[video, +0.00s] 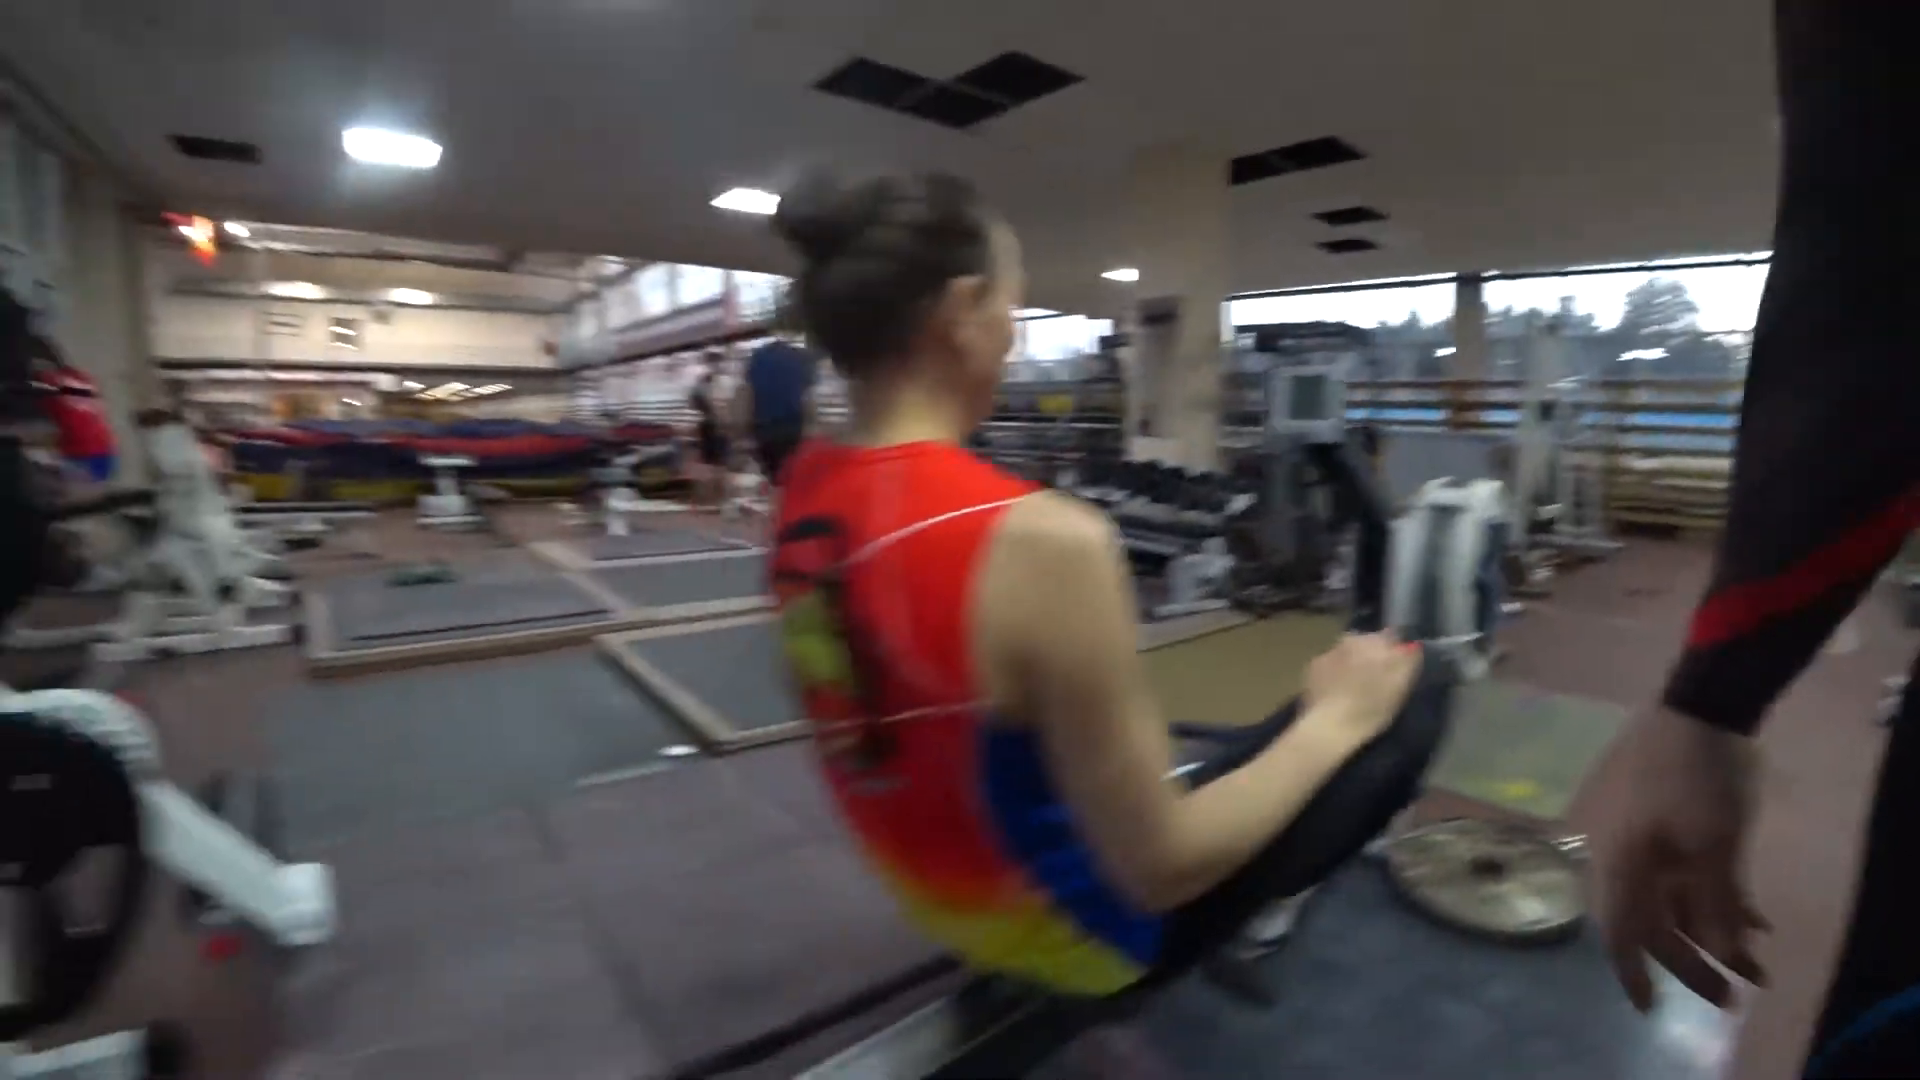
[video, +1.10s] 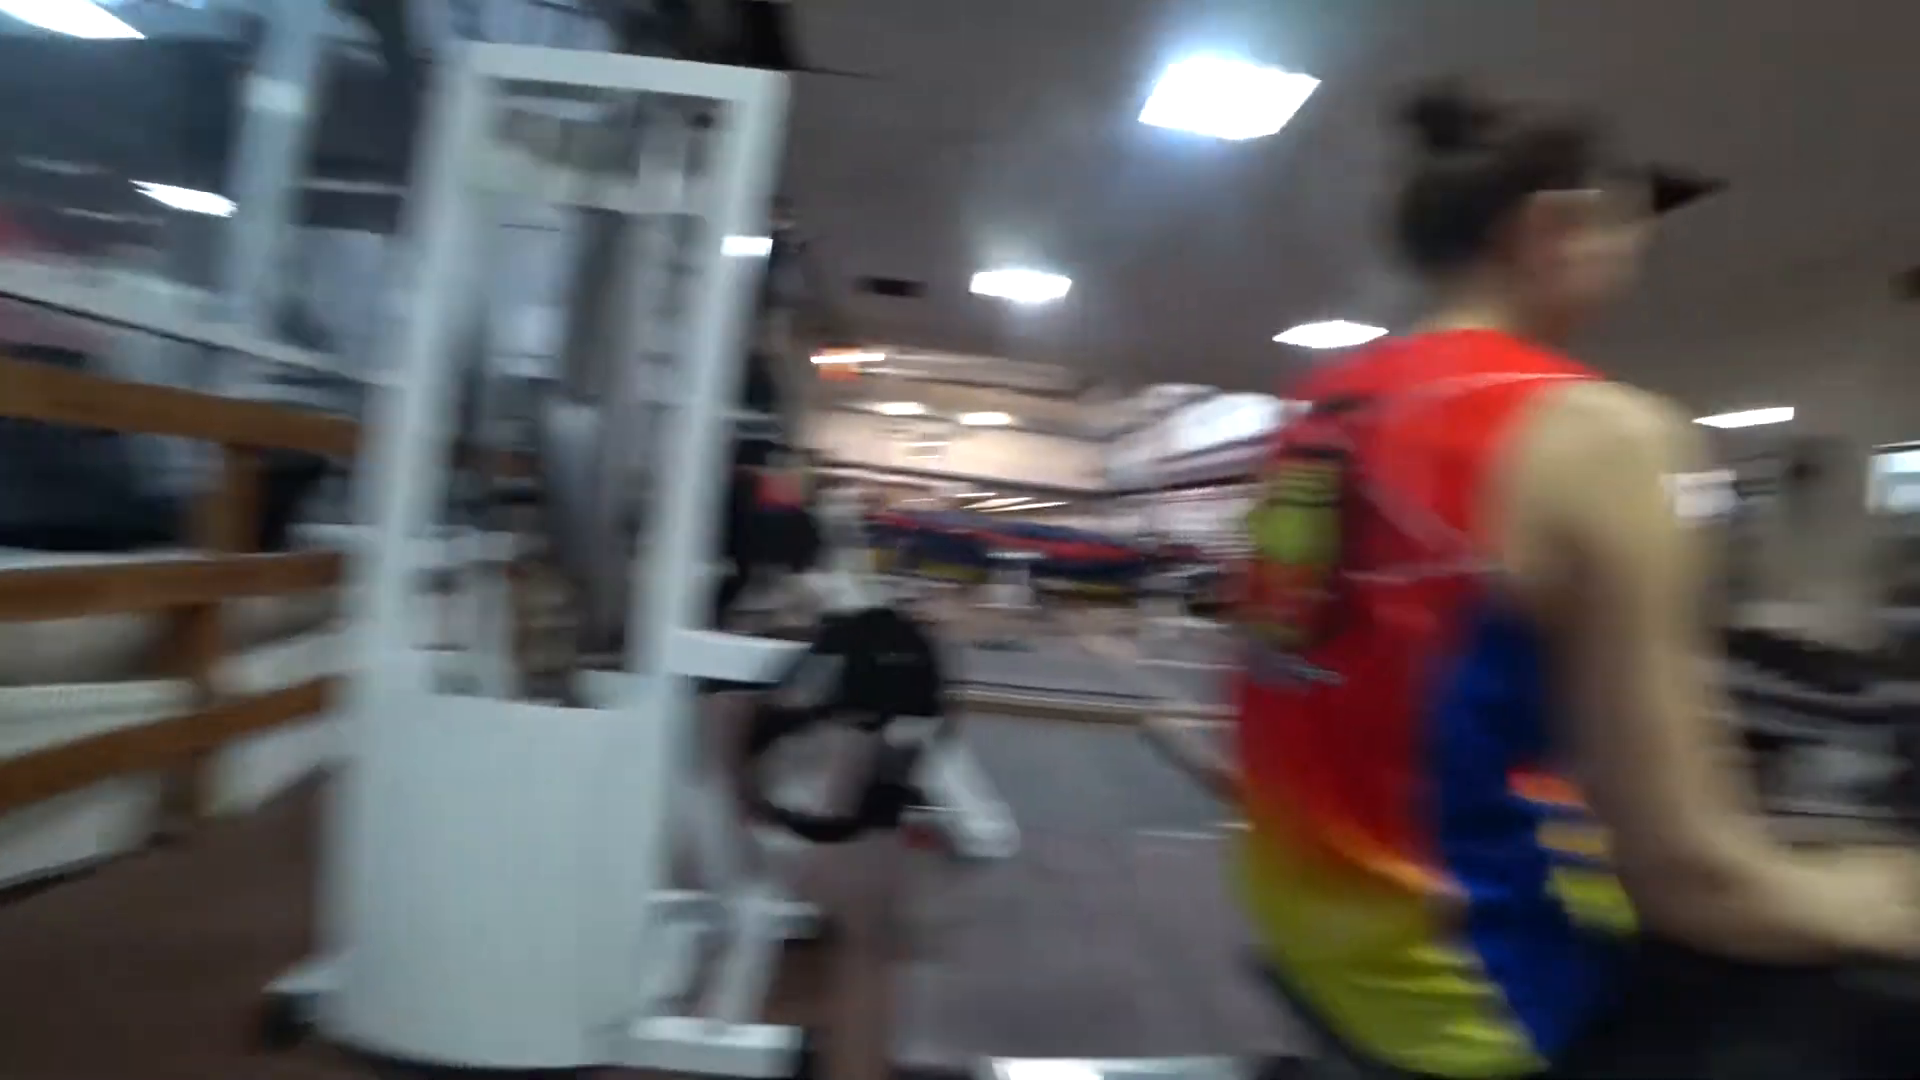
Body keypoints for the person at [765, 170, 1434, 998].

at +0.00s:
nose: (1016, 330)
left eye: (1016, 305)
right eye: (1010, 304)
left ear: (846, 327)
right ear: (958, 318)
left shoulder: (810, 491)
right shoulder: (1043, 545)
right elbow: (1161, 865)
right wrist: (1335, 717)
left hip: (957, 916)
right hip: (1093, 946)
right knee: (1410, 686)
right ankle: (1260, 914)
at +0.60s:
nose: (978, 302)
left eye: (974, 279)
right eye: (967, 278)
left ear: (824, 295)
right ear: (922, 285)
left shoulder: (776, 448)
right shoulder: (999, 456)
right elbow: (1109, 750)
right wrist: (1267, 687)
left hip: (888, 864)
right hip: (1030, 883)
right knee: (1322, 668)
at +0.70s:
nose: (1196, 289)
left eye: (1188, 261)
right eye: (1177, 261)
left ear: (1035, 285)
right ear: (1126, 273)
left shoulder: (984, 442)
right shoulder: (1196, 438)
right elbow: (1323, 743)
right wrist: (1513, 702)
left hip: (1093, 869)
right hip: (1240, 886)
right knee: (1543, 714)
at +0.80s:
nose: (1462, 274)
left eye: (1457, 243)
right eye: (1444, 243)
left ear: (1290, 271)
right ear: (1385, 254)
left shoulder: (1229, 436)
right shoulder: (1480, 447)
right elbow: (1611, 797)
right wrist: (1817, 788)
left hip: (1310, 917)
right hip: (1474, 950)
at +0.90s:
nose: (1682, 263)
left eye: (1682, 231)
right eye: (1674, 230)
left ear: (1504, 252)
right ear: (1620, 230)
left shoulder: (1405, 423)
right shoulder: (1706, 448)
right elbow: (1828, 861)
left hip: (1442, 940)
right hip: (1637, 992)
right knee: (1898, 998)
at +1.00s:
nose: (1750, 275)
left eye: (1754, 244)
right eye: (1749, 242)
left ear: (1556, 233)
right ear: (1691, 219)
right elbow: (1865, 903)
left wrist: (1724, 839)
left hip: (1457, 967)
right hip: (1652, 1010)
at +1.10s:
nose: (1633, 268)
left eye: (1639, 235)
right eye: (1625, 232)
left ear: (1438, 242)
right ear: (1547, 232)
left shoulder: (1335, 404)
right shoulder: (1587, 439)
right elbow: (1682, 865)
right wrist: (1867, 897)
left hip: (1316, 952)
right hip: (1483, 998)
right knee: (1877, 1015)